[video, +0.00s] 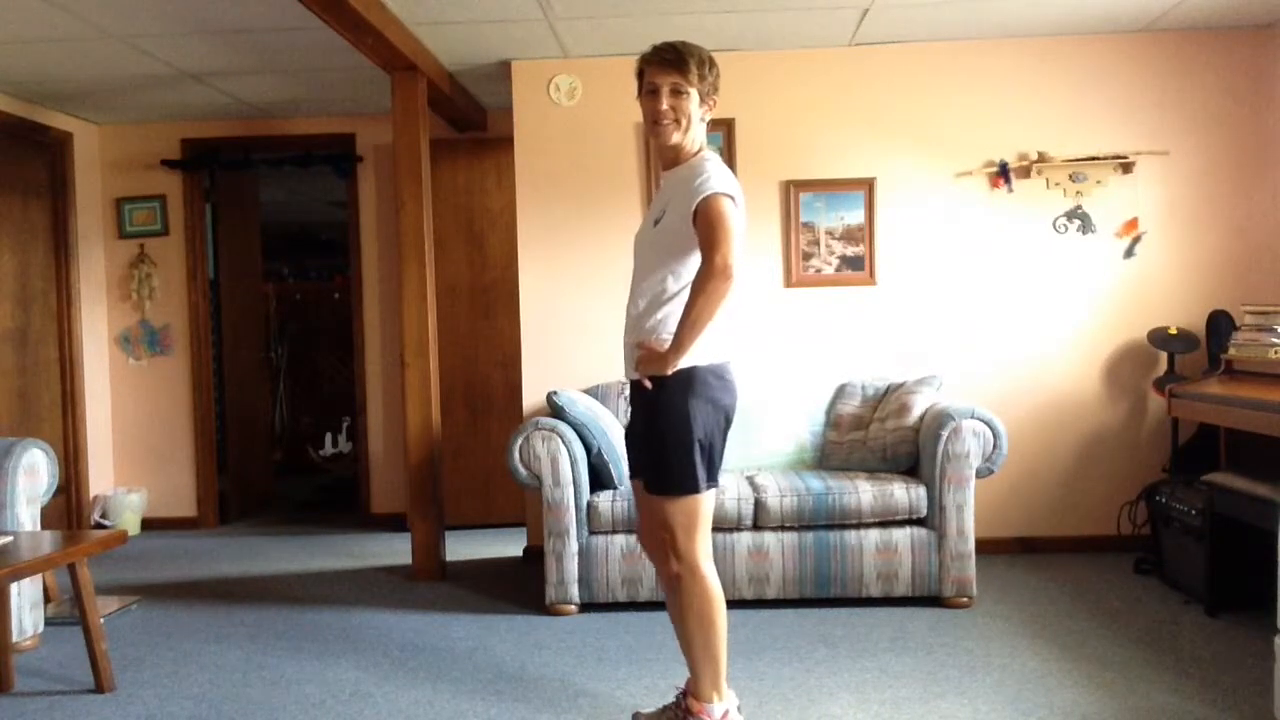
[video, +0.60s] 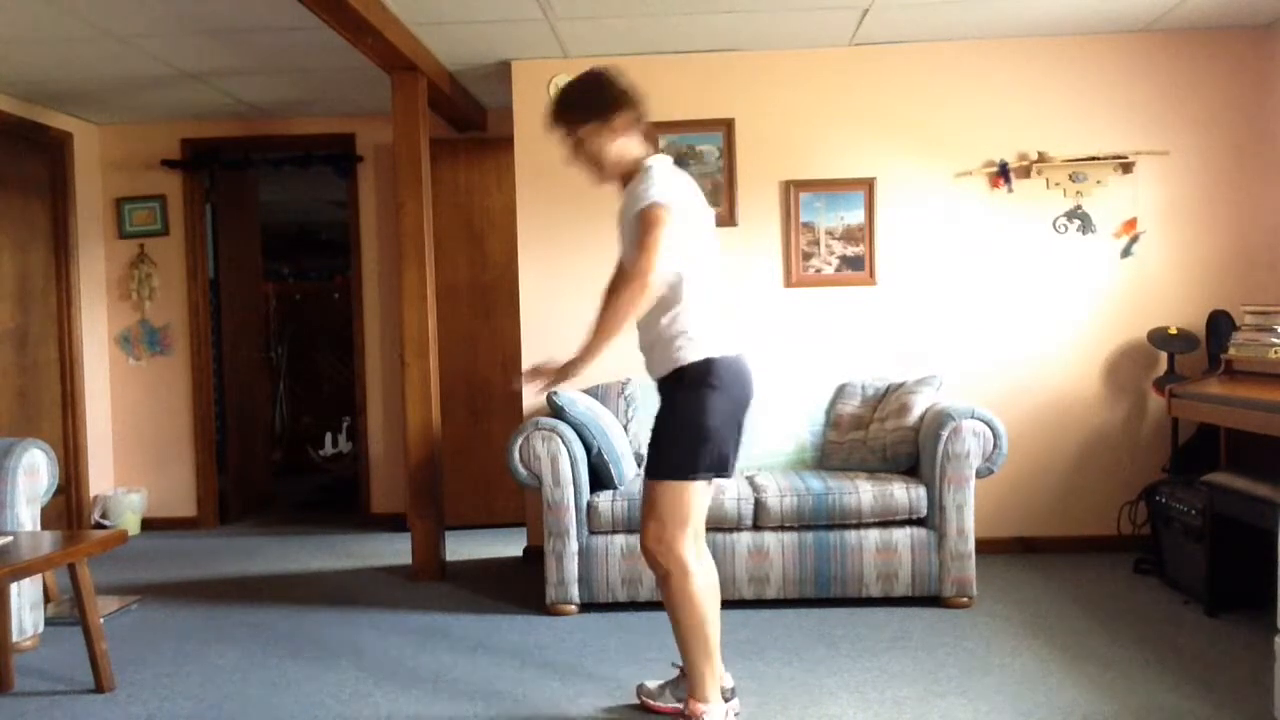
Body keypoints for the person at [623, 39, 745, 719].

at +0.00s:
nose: (661, 104)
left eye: (676, 92)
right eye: (651, 92)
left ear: (705, 103)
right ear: (640, 101)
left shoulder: (707, 176)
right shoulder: (670, 181)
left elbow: (721, 267)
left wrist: (673, 353)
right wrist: (649, 355)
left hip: (684, 382)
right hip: (656, 382)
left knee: (686, 551)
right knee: (660, 547)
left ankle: (713, 700)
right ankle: (704, 691)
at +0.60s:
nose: (576, 158)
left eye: (579, 142)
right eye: (571, 145)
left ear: (618, 125)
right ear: (621, 128)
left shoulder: (657, 184)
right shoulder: (663, 181)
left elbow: (637, 279)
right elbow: (640, 284)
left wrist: (579, 361)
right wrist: (577, 361)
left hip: (701, 376)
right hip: (707, 373)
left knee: (665, 541)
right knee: (681, 540)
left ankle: (707, 693)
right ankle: (708, 676)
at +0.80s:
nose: (523, 241)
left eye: (525, 226)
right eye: (518, 229)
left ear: (556, 210)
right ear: (559, 210)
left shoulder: (601, 252)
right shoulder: (607, 245)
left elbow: (569, 364)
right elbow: (579, 364)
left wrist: (521, 451)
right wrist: (534, 441)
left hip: (734, 399)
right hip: (735, 397)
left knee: (668, 556)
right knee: (678, 550)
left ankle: (713, 703)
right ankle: (706, 678)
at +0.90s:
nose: (486, 348)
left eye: (487, 333)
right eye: (480, 336)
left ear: (521, 314)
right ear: (524, 311)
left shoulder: (566, 354)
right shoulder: (581, 341)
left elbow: (536, 479)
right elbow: (551, 473)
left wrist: (479, 585)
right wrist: (512, 539)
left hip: (750, 428)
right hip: (760, 420)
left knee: (646, 572)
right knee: (672, 557)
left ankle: (705, 711)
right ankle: (709, 684)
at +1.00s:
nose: (477, 415)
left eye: (477, 401)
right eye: (471, 404)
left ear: (507, 382)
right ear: (510, 377)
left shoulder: (557, 415)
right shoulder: (564, 392)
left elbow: (523, 543)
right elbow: (535, 532)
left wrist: (469, 650)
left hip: (754, 443)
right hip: (754, 434)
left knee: (639, 578)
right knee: (658, 555)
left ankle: (706, 714)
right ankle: (707, 683)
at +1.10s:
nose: (467, 497)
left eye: (467, 484)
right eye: (461, 486)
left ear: (492, 464)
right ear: (498, 452)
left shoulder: (546, 479)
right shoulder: (545, 443)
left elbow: (511, 620)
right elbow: (519, 597)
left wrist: (470, 710)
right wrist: (488, 662)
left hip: (745, 471)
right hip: (744, 455)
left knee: (620, 590)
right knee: (638, 546)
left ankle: (700, 712)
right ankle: (705, 679)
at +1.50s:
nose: (457, 577)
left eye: (445, 569)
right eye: (447, 574)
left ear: (450, 538)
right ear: (458, 523)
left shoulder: (496, 516)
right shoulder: (513, 503)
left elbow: (498, 656)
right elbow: (519, 621)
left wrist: (480, 714)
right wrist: (486, 704)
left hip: (674, 429)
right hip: (687, 419)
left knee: (595, 602)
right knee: (637, 564)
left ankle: (696, 713)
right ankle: (736, 649)